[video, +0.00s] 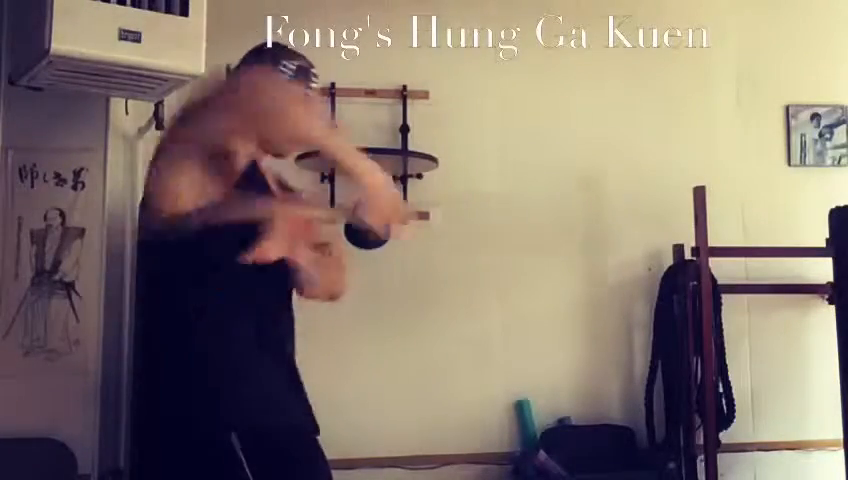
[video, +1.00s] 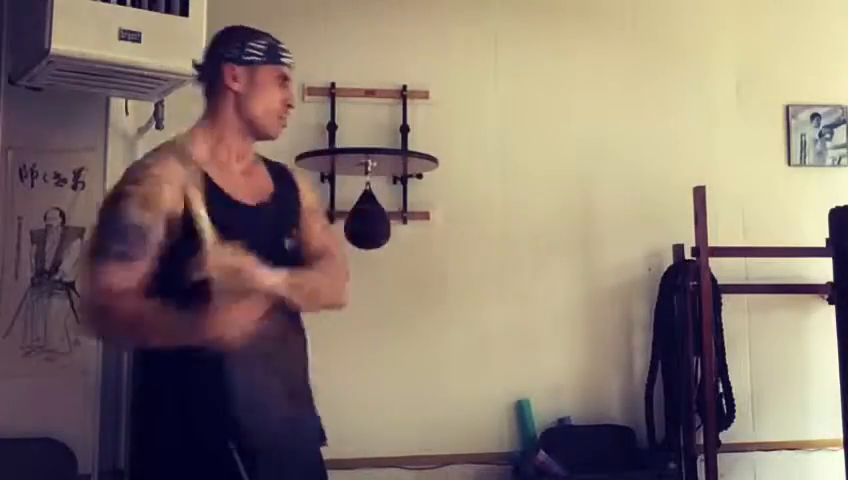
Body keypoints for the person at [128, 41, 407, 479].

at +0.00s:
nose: (310, 110)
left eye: (311, 97)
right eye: (299, 92)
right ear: (253, 84)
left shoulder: (270, 190)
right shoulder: (186, 166)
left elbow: (330, 283)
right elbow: (263, 94)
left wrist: (297, 244)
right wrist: (369, 176)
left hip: (272, 408)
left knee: (305, 471)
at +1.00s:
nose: (292, 100)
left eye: (290, 84)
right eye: (281, 81)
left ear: (239, 81)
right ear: (234, 78)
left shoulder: (291, 185)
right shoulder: (158, 179)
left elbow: (336, 287)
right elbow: (105, 305)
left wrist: (264, 279)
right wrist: (206, 323)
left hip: (282, 434)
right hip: (187, 439)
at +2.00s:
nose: (267, 85)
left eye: (264, 70)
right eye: (255, 66)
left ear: (209, 70)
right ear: (207, 66)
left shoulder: (171, 163)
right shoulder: (204, 166)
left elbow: (253, 278)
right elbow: (329, 268)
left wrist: (353, 233)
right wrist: (425, 223)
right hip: (246, 436)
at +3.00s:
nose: (295, 106)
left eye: (296, 91)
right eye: (289, 86)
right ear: (245, 74)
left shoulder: (136, 173)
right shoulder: (271, 150)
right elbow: (376, 221)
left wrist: (289, 244)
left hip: (166, 413)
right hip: (264, 413)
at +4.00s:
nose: (294, 106)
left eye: (295, 96)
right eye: (285, 90)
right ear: (243, 87)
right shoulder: (214, 137)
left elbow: (285, 304)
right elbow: (384, 140)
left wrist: (313, 243)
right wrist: (403, 260)